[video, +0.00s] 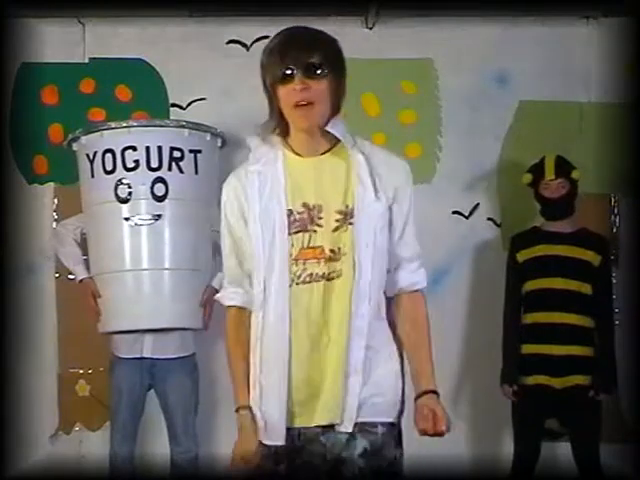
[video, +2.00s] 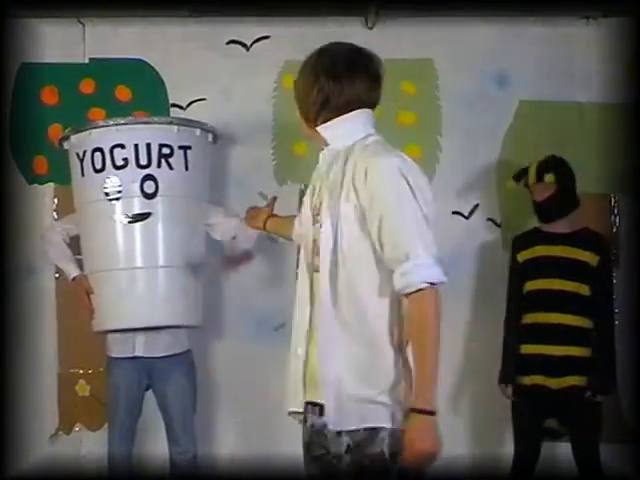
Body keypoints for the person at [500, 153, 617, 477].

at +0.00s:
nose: (554, 192)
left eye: (560, 184)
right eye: (546, 186)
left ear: (573, 187)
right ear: (535, 193)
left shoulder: (596, 245)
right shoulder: (521, 244)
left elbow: (604, 315)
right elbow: (512, 312)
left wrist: (606, 372)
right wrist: (509, 368)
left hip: (580, 375)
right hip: (531, 375)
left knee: (588, 462)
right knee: (524, 460)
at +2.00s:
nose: (534, 192)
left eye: (542, 184)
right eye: (532, 185)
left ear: (561, 188)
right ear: (529, 191)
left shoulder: (594, 245)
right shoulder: (522, 245)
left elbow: (603, 316)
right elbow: (513, 313)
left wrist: (603, 374)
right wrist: (507, 369)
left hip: (578, 377)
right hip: (529, 376)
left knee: (588, 462)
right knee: (524, 460)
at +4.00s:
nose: (551, 196)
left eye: (558, 187)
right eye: (543, 189)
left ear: (571, 189)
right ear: (532, 195)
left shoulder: (596, 245)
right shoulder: (519, 245)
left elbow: (605, 314)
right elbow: (510, 312)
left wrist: (607, 371)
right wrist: (509, 371)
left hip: (581, 375)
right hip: (531, 376)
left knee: (588, 461)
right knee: (525, 460)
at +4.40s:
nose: (554, 195)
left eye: (561, 187)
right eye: (546, 188)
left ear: (573, 189)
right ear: (534, 193)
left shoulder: (597, 245)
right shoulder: (520, 245)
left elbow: (605, 313)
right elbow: (511, 308)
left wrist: (608, 372)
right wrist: (504, 359)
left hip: (581, 372)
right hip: (531, 373)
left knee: (588, 460)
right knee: (524, 459)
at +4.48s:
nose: (556, 195)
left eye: (563, 187)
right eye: (548, 187)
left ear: (575, 189)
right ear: (535, 193)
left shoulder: (597, 245)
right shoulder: (521, 245)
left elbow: (607, 314)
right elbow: (509, 309)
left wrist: (609, 372)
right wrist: (479, 326)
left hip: (581, 371)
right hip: (532, 371)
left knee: (589, 461)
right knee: (525, 459)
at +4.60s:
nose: (555, 194)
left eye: (563, 186)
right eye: (547, 187)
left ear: (576, 190)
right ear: (537, 191)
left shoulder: (599, 245)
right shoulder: (525, 241)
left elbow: (609, 315)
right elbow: (496, 291)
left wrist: (613, 374)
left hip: (581, 370)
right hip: (533, 369)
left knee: (589, 460)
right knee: (526, 459)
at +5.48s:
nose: (579, 195)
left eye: (588, 188)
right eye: (572, 187)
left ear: (600, 193)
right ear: (561, 190)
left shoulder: (611, 249)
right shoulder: (537, 237)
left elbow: (618, 320)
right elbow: (498, 282)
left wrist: (622, 380)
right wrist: (494, 245)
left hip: (587, 368)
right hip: (538, 364)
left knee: (591, 460)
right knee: (527, 458)